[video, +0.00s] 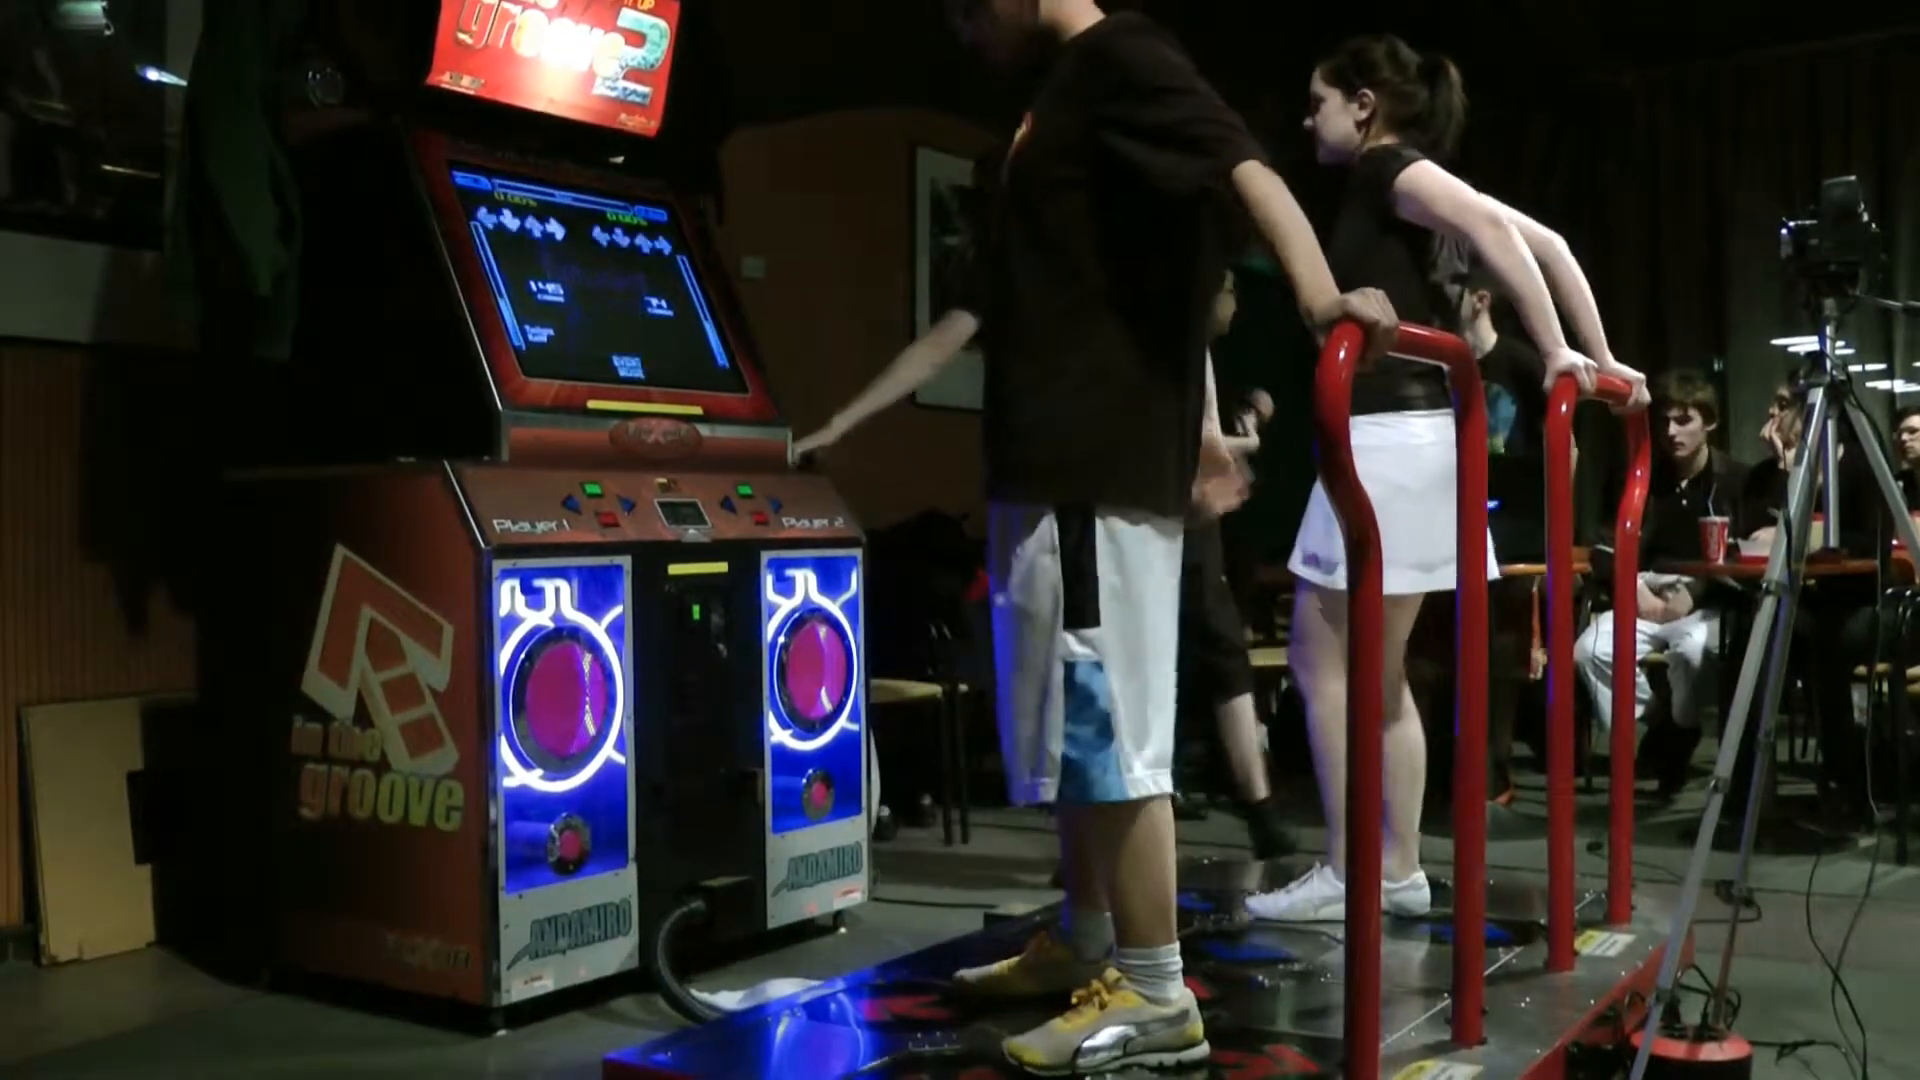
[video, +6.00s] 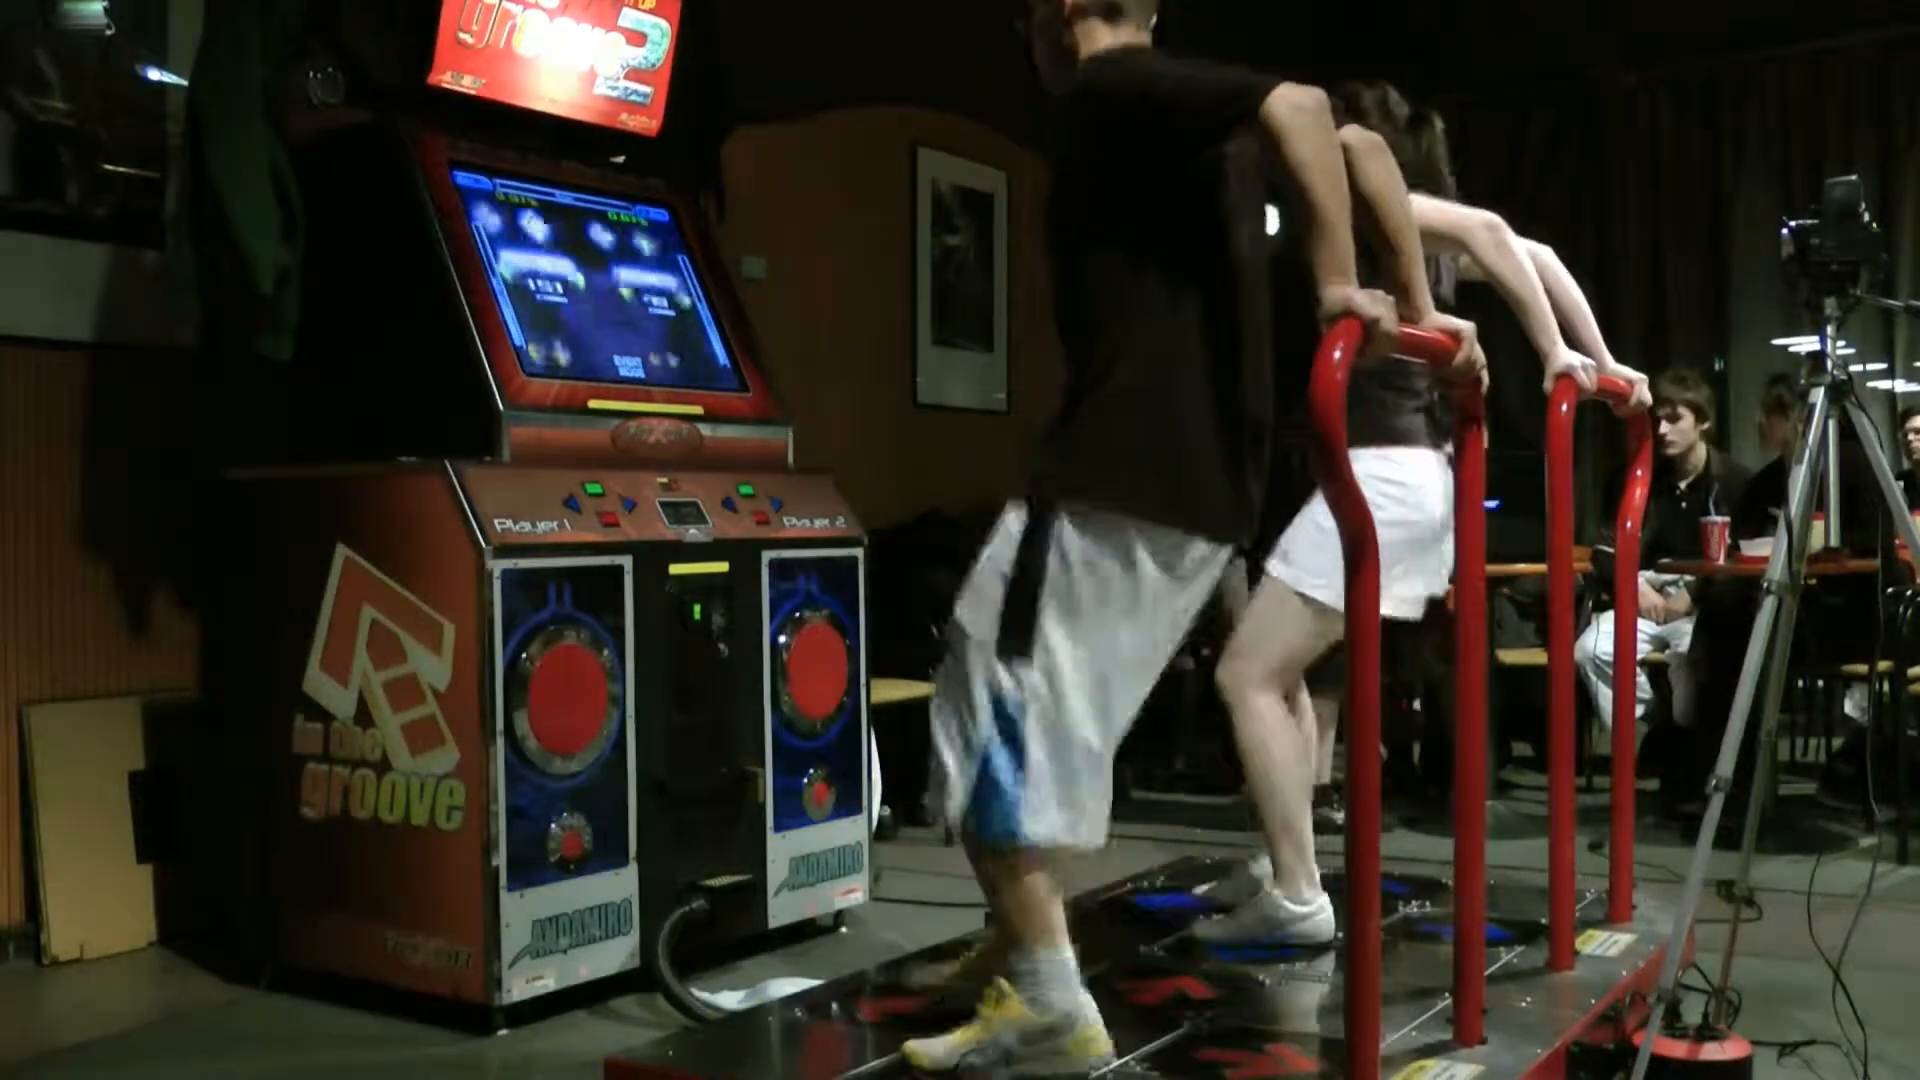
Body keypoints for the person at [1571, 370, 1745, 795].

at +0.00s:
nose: (1671, 431)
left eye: (1683, 421)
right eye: (1664, 421)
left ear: (1709, 424)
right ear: (1655, 426)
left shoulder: (1734, 479)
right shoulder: (1645, 477)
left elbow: (1743, 555)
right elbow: (1607, 547)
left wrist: (1693, 593)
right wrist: (1637, 593)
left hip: (1706, 602)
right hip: (1647, 596)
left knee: (1691, 652)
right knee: (1595, 649)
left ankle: (1681, 738)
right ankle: (1656, 732)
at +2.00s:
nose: (1666, 447)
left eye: (1675, 435)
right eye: (1658, 437)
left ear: (1701, 429)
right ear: (1648, 438)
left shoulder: (1732, 480)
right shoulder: (1642, 479)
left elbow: (1745, 557)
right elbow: (1604, 549)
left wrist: (1691, 596)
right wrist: (1634, 587)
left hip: (1704, 602)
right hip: (1645, 598)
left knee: (1692, 654)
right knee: (1594, 649)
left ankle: (1683, 736)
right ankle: (1659, 730)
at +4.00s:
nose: (1650, 437)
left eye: (1658, 428)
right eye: (1648, 427)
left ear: (1689, 427)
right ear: (1646, 427)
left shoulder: (1734, 480)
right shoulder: (1643, 478)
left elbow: (1747, 559)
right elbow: (1607, 547)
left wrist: (1693, 595)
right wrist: (1634, 587)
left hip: (1703, 600)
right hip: (1647, 597)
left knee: (1693, 649)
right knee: (1595, 648)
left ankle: (1677, 747)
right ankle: (1652, 746)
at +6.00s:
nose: (1663, 429)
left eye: (1674, 419)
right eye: (1657, 420)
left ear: (1702, 423)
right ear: (1650, 424)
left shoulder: (1734, 481)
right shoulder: (1640, 476)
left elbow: (1746, 563)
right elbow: (1606, 549)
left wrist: (1691, 598)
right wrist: (1636, 588)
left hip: (1701, 605)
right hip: (1645, 601)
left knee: (1686, 655)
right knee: (1594, 650)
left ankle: (1689, 745)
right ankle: (1655, 734)